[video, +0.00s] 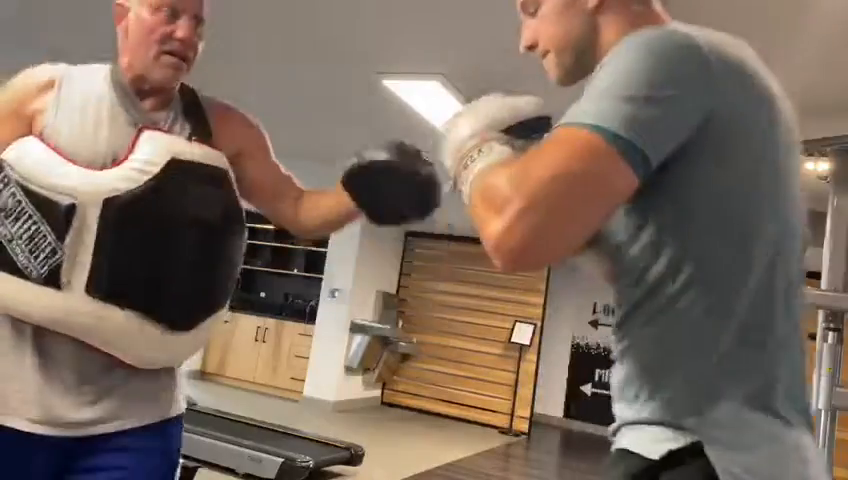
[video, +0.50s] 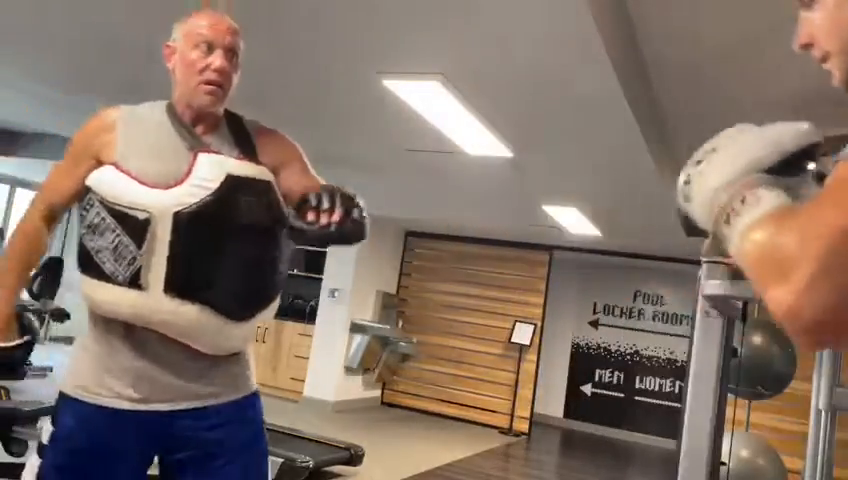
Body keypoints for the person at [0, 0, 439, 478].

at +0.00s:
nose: (185, 34)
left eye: (197, 23)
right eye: (168, 13)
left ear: (203, 38)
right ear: (122, 17)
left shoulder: (226, 130)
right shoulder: (39, 94)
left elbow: (297, 209)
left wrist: (361, 193)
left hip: (137, 415)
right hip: (20, 408)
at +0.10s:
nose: (164, 49)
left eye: (178, 37)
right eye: (148, 29)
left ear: (187, 48)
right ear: (107, 32)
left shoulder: (224, 133)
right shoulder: (37, 115)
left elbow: (296, 212)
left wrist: (327, 194)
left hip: (154, 412)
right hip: (34, 407)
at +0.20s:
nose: (168, 43)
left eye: (180, 32)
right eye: (151, 25)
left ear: (190, 46)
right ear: (112, 32)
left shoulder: (223, 128)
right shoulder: (48, 114)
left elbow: (295, 208)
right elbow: (1, 192)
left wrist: (272, 225)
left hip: (183, 383)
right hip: (66, 387)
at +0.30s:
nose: (175, 48)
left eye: (188, 37)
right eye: (160, 29)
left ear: (197, 51)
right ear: (123, 36)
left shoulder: (228, 131)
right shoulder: (61, 117)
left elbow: (287, 209)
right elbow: (1, 195)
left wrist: (275, 239)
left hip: (199, 382)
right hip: (82, 387)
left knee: (223, 473)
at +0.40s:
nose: (189, 56)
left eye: (201, 45)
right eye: (174, 39)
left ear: (211, 58)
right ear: (140, 46)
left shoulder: (245, 138)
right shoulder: (80, 125)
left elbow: (306, 214)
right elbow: (9, 209)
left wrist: (305, 231)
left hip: (209, 391)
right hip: (91, 392)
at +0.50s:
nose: (218, 64)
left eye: (231, 54)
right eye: (204, 47)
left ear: (240, 69)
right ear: (171, 56)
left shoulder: (271, 149)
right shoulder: (111, 130)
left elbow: (333, 219)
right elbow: (41, 217)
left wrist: (332, 212)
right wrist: (4, 312)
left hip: (220, 399)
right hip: (105, 393)